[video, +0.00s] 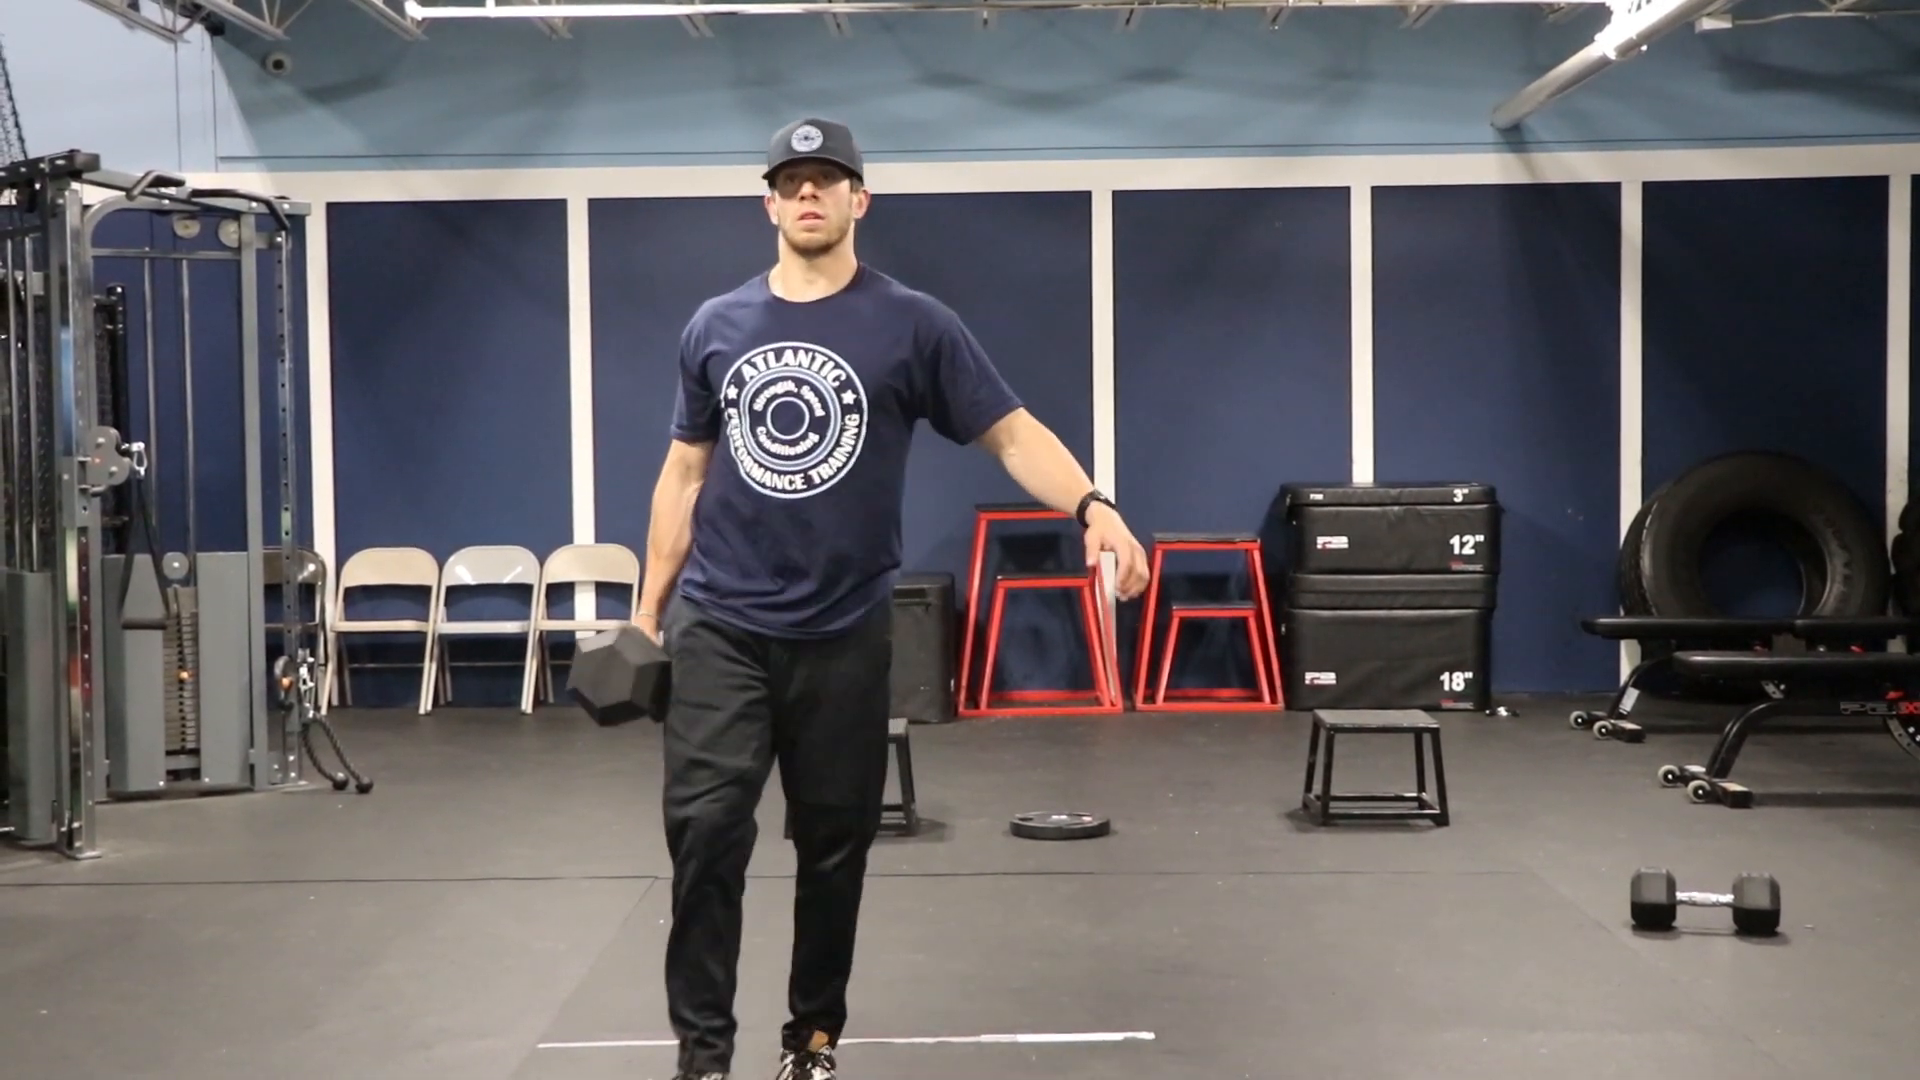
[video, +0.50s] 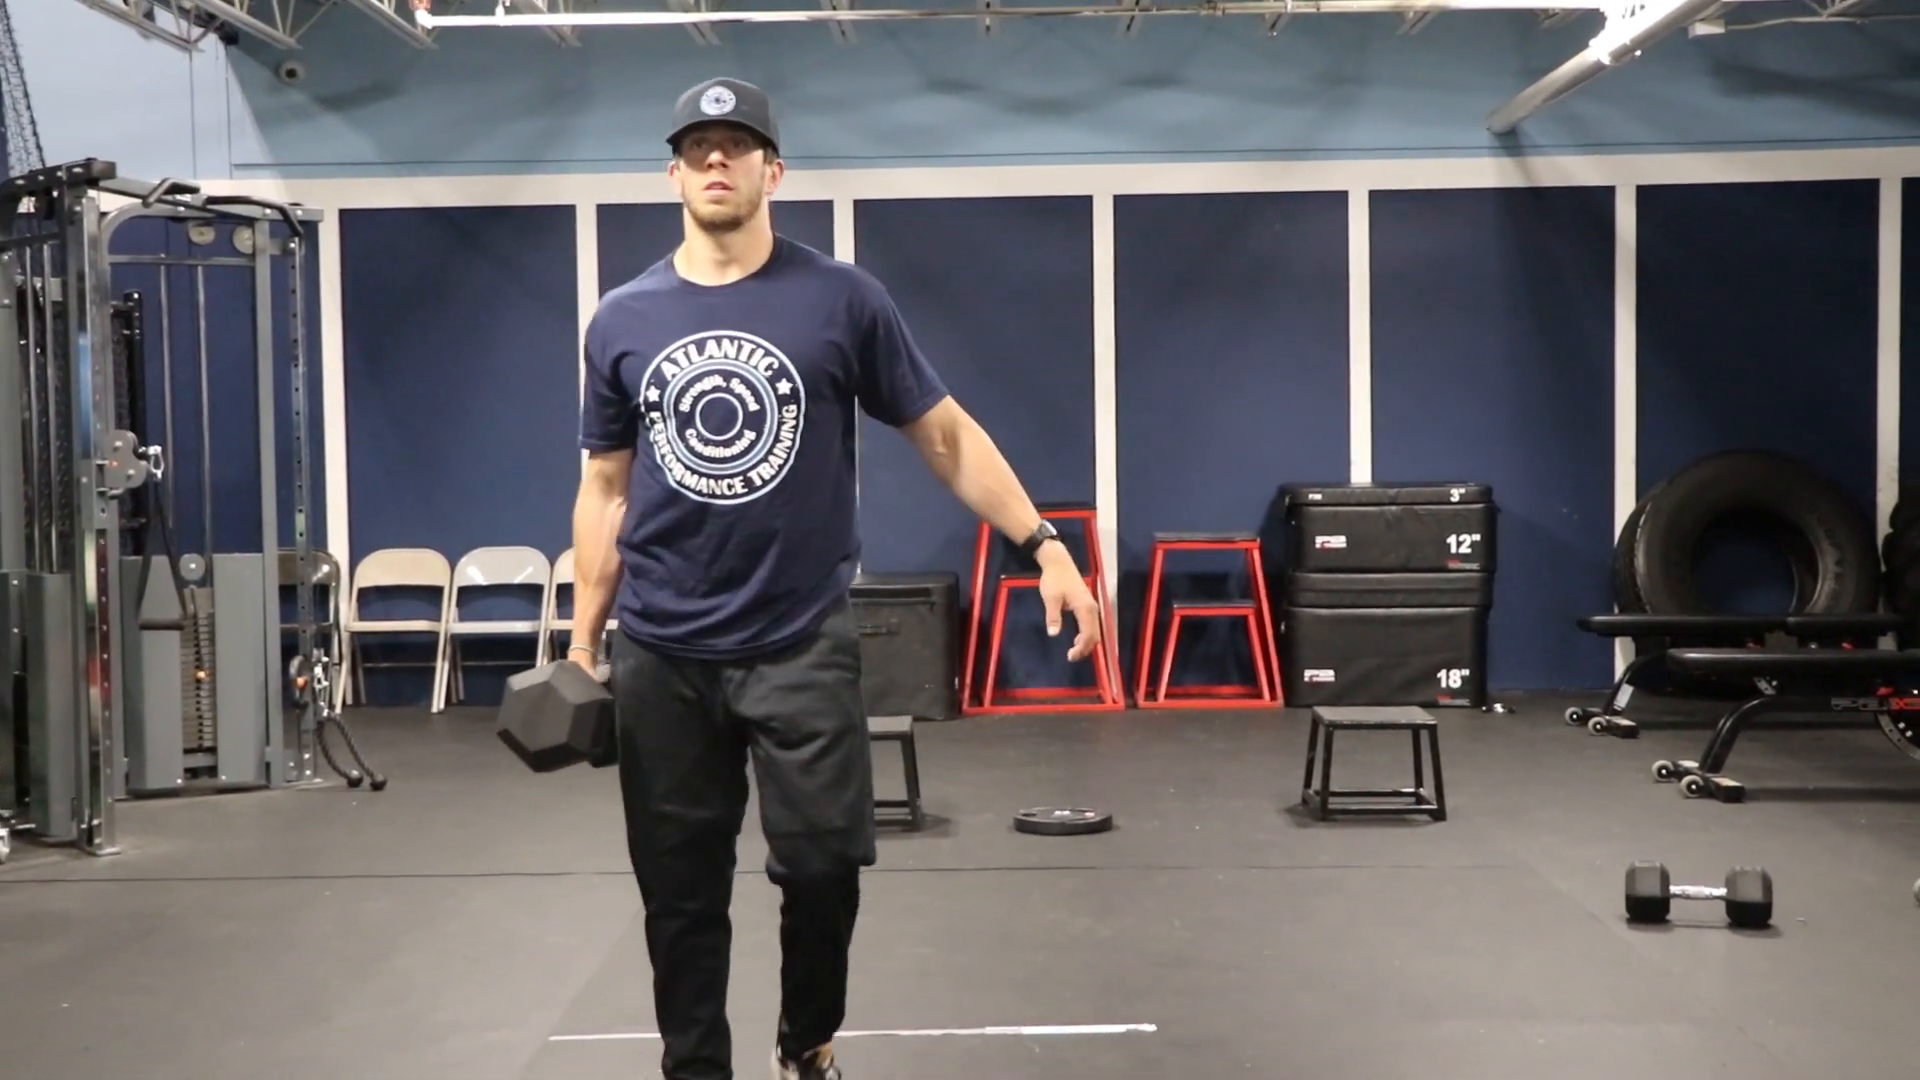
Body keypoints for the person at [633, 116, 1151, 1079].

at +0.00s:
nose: (806, 197)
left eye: (825, 183)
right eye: (790, 184)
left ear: (859, 199)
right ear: (769, 201)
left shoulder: (914, 324)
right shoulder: (716, 325)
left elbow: (1012, 433)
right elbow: (684, 470)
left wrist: (1097, 510)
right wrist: (646, 613)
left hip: (843, 624)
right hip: (720, 618)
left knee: (834, 841)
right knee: (706, 832)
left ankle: (813, 1041)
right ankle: (701, 1055)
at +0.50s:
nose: (715, 164)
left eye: (735, 149)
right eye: (698, 150)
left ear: (772, 171)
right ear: (674, 173)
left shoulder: (842, 299)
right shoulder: (620, 320)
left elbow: (948, 436)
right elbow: (602, 488)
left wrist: (1048, 548)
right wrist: (583, 651)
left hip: (800, 638)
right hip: (660, 643)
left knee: (824, 864)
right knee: (679, 891)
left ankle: (807, 1053)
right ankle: (693, 1073)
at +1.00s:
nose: (737, 160)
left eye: (761, 143)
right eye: (719, 142)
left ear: (797, 169)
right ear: (692, 161)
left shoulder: (858, 312)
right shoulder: (619, 310)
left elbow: (972, 458)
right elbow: (588, 487)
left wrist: (1080, 581)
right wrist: (546, 658)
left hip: (773, 666)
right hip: (626, 662)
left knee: (759, 933)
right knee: (615, 916)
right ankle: (672, 1061)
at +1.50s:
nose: (648, 149)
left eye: (672, 130)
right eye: (627, 135)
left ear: (717, 159)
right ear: (603, 166)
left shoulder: (797, 308)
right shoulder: (542, 329)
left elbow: (922, 448)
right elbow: (523, 526)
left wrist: (1036, 559)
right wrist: (504, 711)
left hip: (742, 700)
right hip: (582, 701)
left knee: (755, 966)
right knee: (592, 993)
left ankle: (753, 1076)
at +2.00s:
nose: (614, 132)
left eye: (642, 112)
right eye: (593, 112)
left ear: (691, 146)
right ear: (564, 139)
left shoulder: (770, 312)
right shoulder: (488, 320)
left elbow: (895, 477)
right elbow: (462, 527)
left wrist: (1031, 626)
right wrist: (410, 730)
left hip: (681, 729)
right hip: (517, 736)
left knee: (659, 1048)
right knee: (570, 1044)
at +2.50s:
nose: (551, 77)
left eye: (584, 61)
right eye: (529, 60)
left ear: (637, 111)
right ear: (498, 99)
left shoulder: (721, 290)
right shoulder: (408, 307)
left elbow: (882, 455)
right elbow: (395, 538)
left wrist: (996, 578)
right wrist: (371, 751)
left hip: (639, 782)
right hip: (439, 777)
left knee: (650, 1068)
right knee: (418, 1066)